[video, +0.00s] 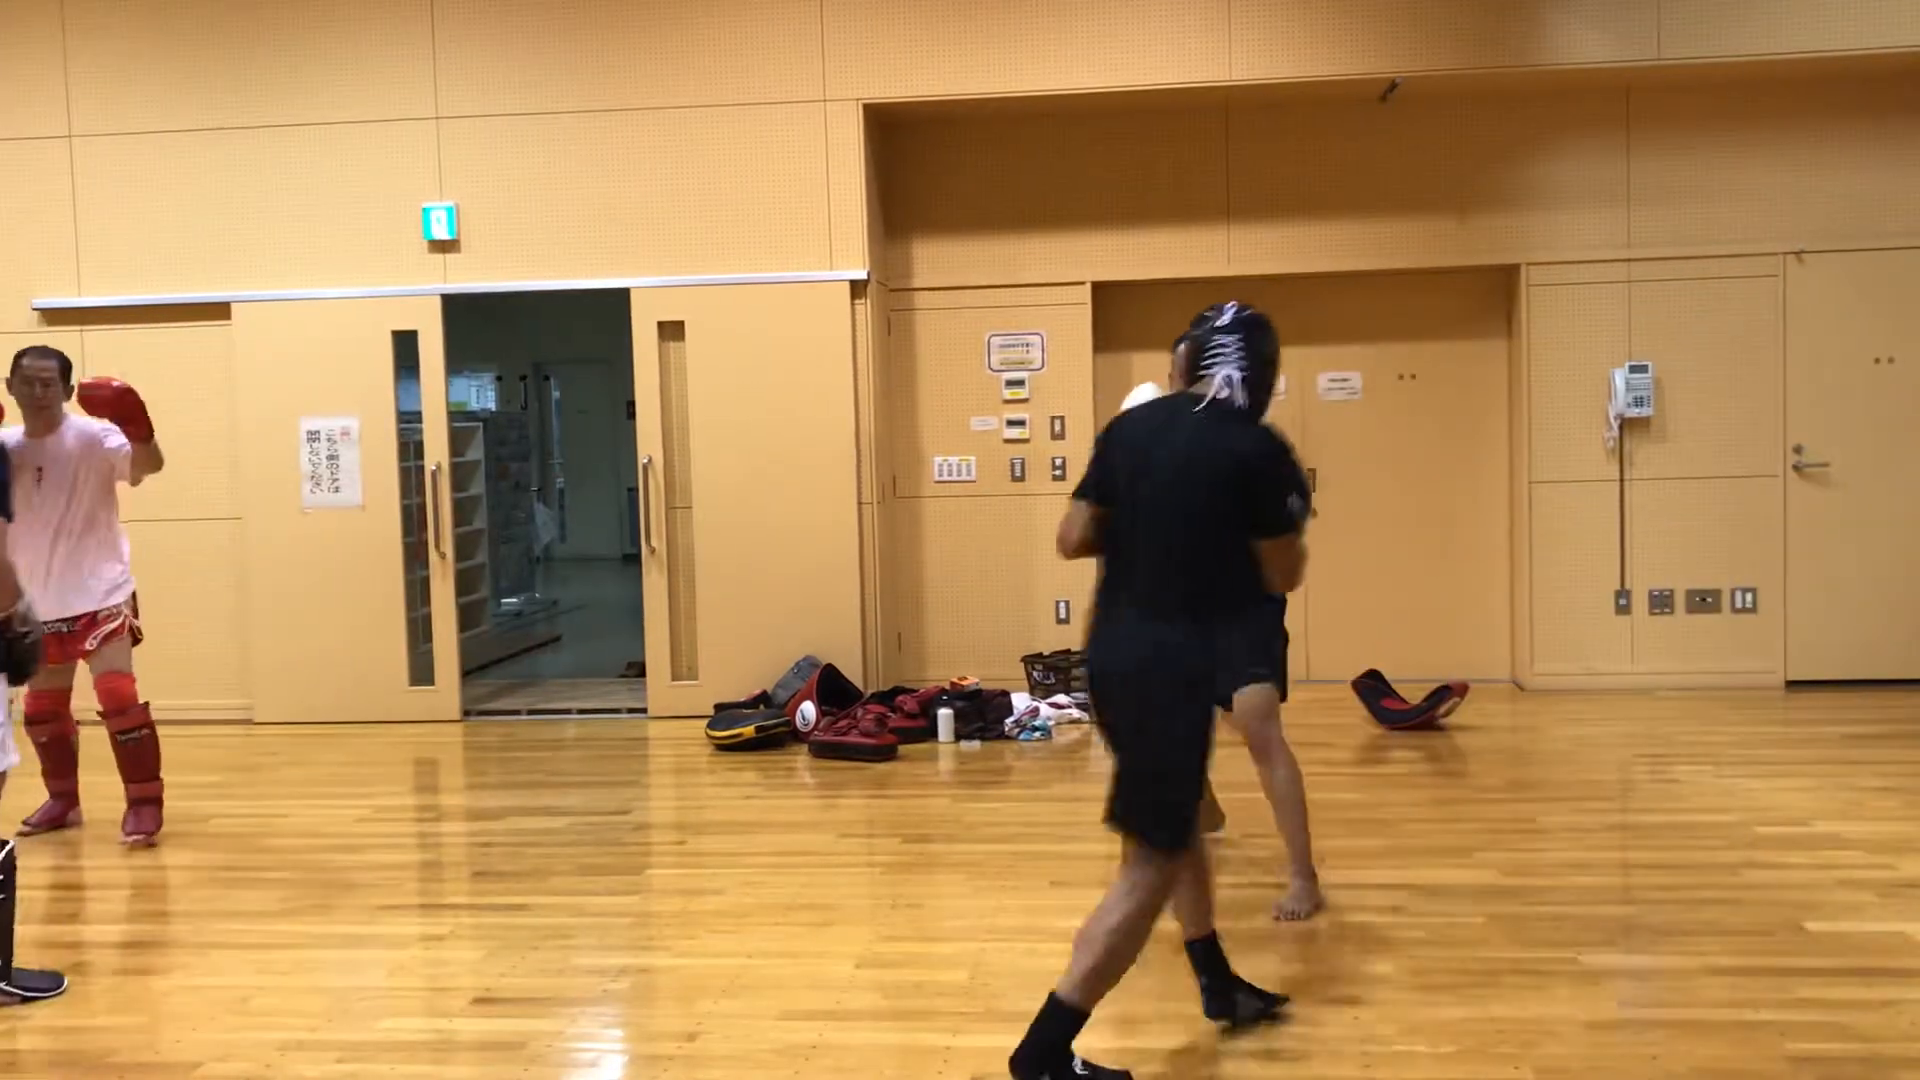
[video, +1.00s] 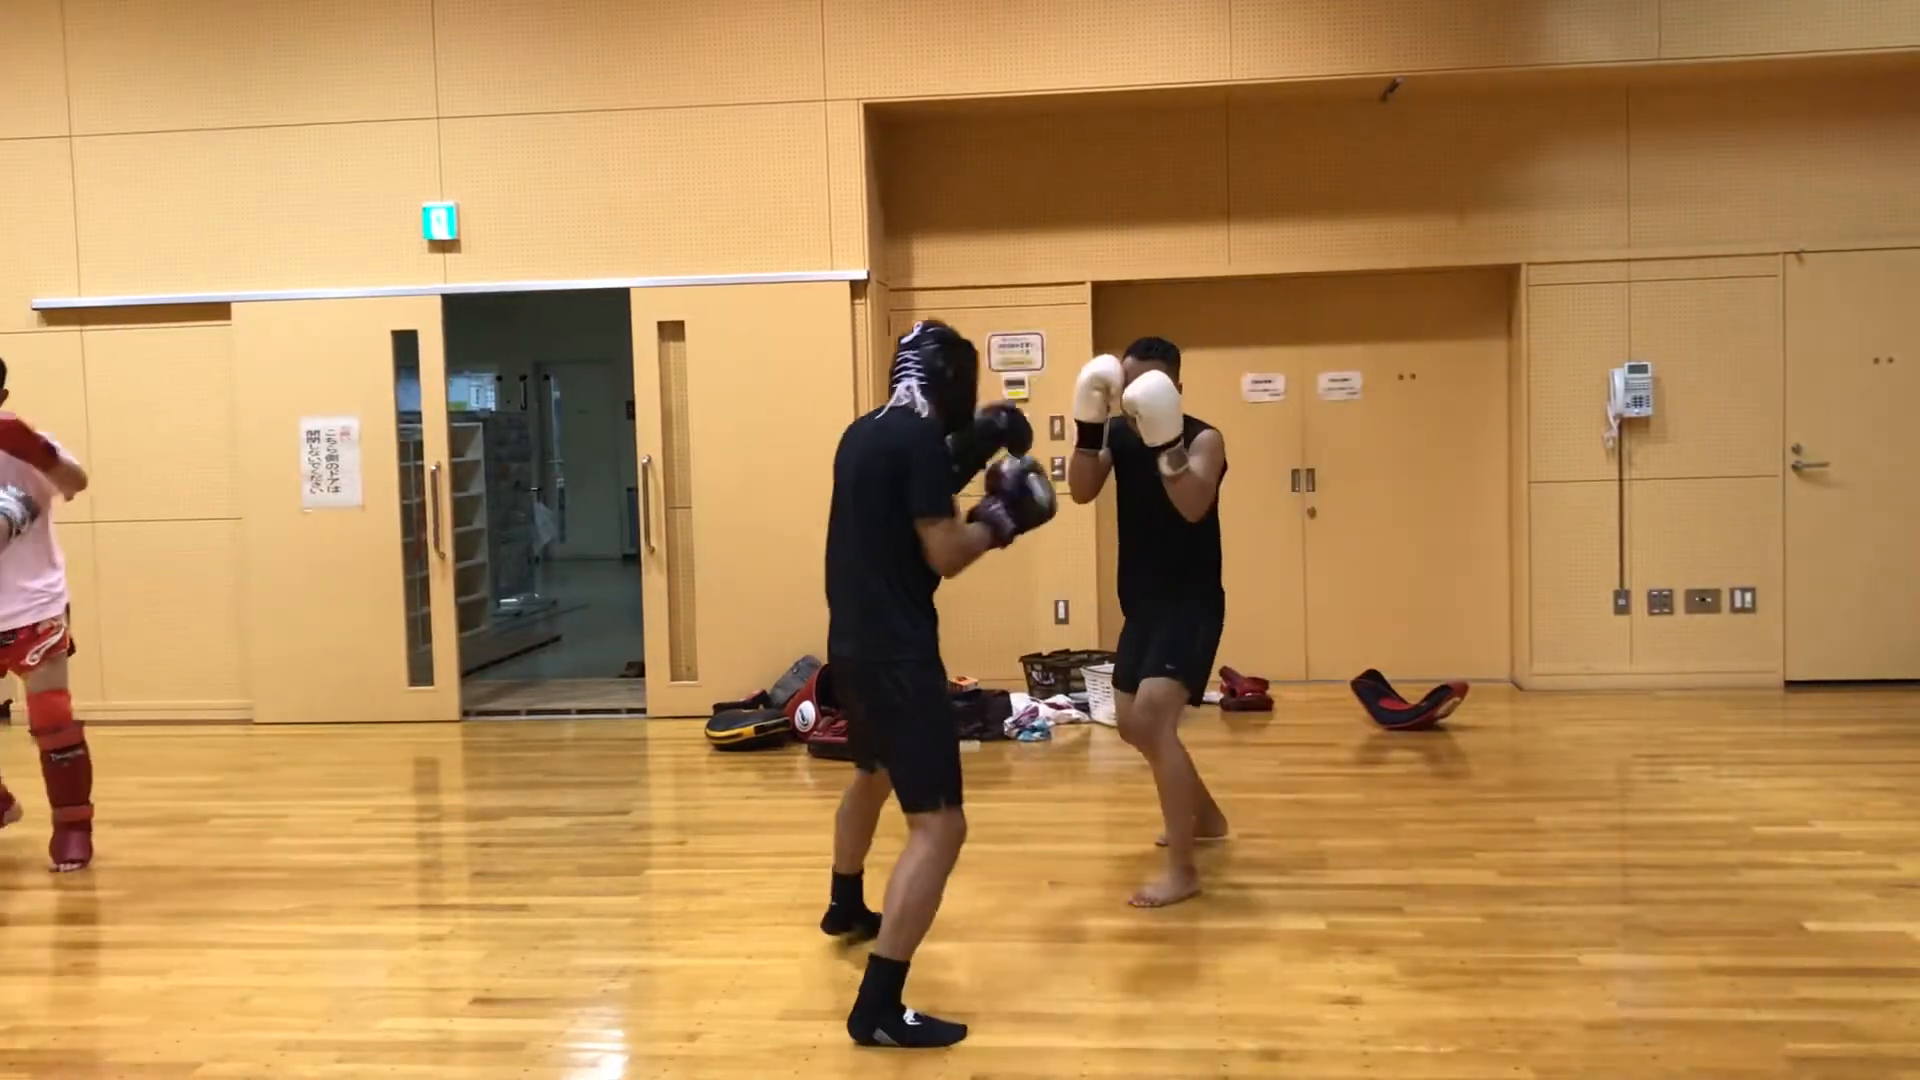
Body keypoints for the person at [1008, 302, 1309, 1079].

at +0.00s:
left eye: (1175, 354)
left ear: (1187, 363)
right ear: (1262, 374)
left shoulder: (1130, 429)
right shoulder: (1256, 449)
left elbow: (1073, 537)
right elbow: (1284, 573)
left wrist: (1153, 520)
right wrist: (1274, 508)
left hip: (1113, 658)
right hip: (1180, 667)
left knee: (1182, 829)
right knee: (1145, 875)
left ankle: (1218, 985)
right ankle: (1043, 1050)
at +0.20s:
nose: (1193, 356)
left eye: (1185, 342)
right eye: (1192, 343)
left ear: (1107, 329)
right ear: (1180, 342)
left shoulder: (1048, 385)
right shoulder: (1158, 410)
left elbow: (1000, 494)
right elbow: (1183, 537)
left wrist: (1068, 450)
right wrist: (1205, 461)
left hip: (1015, 625)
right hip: (1071, 637)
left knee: (1055, 790)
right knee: (1094, 838)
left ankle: (1021, 927)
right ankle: (1024, 1036)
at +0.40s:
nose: (1118, 380)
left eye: (1109, 366)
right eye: (1114, 367)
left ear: (1033, 364)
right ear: (1101, 369)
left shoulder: (988, 428)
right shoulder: (1085, 438)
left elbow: (1047, 516)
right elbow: (1143, 549)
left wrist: (1112, 450)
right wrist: (1166, 475)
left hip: (975, 655)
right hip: (1035, 668)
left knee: (977, 794)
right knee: (1061, 864)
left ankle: (920, 932)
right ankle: (993, 1061)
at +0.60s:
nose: (1048, 385)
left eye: (1045, 375)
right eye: (1046, 373)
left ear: (971, 362)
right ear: (1029, 371)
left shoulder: (926, 424)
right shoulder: (1004, 434)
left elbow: (1002, 500)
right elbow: (1086, 527)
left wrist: (1061, 459)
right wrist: (1115, 463)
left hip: (916, 651)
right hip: (966, 657)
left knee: (928, 802)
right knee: (1008, 838)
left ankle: (893, 961)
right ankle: (977, 1042)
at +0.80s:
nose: (1005, 382)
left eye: (1005, 369)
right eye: (1001, 368)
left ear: (931, 359)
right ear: (978, 367)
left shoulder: (879, 422)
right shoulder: (962, 428)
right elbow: (1028, 524)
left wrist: (1021, 445)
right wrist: (1052, 446)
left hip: (873, 638)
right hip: (924, 646)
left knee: (904, 790)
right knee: (953, 827)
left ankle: (875, 925)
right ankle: (879, 1008)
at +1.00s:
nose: (973, 399)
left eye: (972, 390)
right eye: (971, 387)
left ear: (902, 373)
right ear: (953, 383)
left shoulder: (860, 433)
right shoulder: (921, 439)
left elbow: (901, 515)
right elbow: (947, 556)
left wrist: (970, 451)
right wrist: (997, 519)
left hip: (852, 649)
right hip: (899, 656)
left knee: (871, 773)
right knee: (940, 826)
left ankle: (846, 908)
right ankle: (878, 1008)